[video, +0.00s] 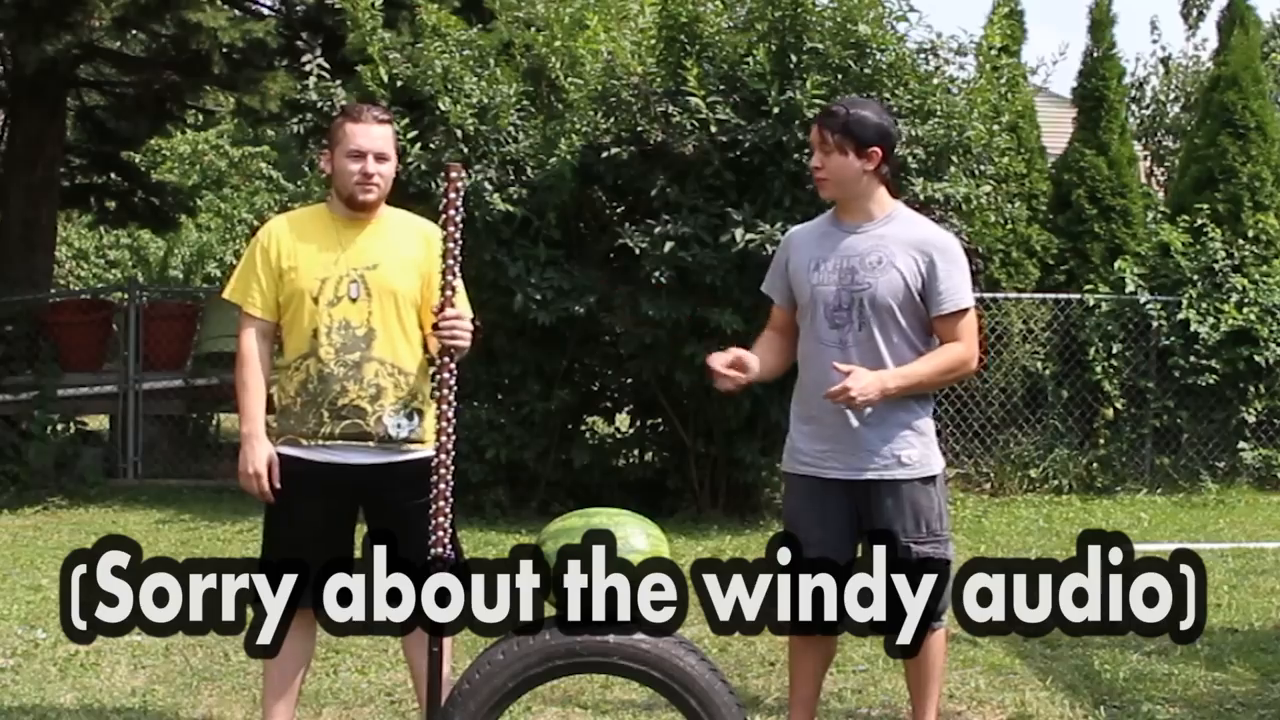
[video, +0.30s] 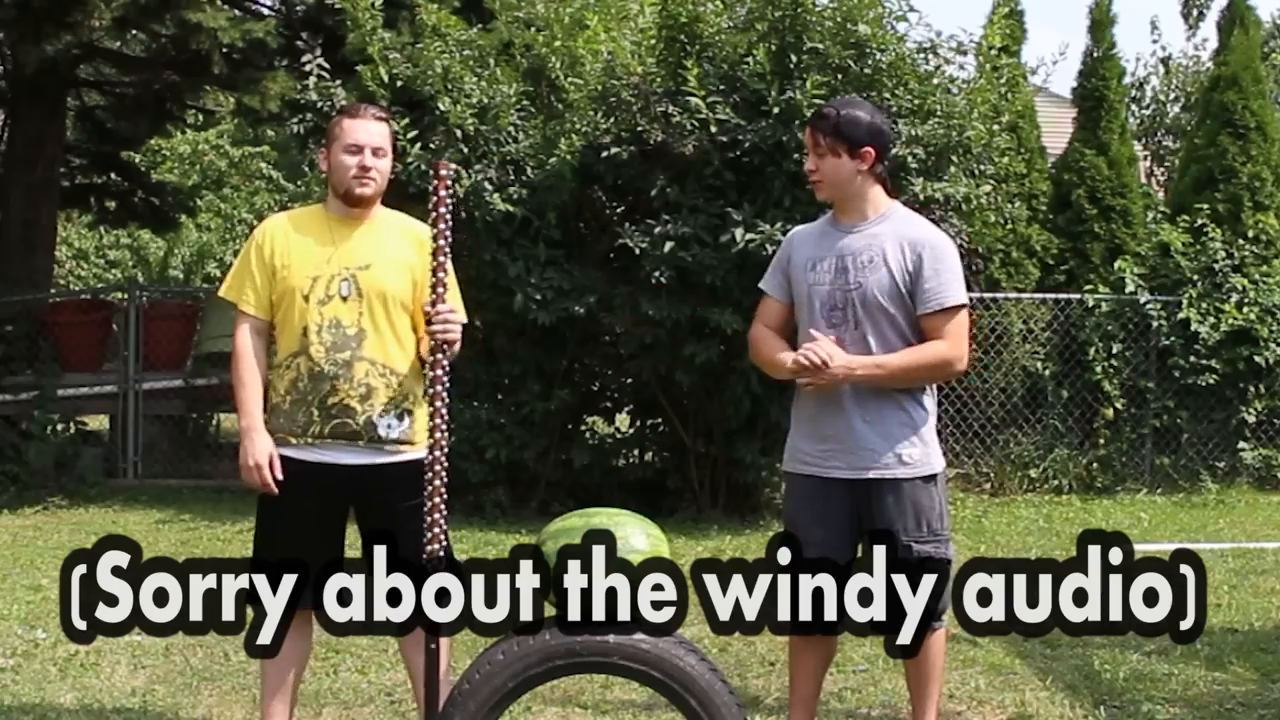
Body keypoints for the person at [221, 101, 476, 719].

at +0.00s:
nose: (369, 168)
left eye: (381, 157)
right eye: (356, 155)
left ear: (396, 166)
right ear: (328, 161)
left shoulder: (424, 239)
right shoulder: (282, 237)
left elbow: (446, 330)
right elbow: (254, 337)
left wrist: (457, 334)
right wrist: (253, 434)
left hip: (406, 458)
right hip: (307, 456)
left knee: (426, 603)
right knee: (293, 601)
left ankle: (438, 714)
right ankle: (277, 715)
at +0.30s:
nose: (366, 162)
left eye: (378, 153)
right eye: (353, 150)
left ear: (392, 165)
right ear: (325, 159)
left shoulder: (418, 240)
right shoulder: (277, 235)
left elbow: (439, 335)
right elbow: (249, 334)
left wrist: (449, 334)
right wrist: (252, 428)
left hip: (399, 459)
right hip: (301, 456)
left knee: (421, 603)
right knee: (287, 602)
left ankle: (439, 714)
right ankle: (275, 715)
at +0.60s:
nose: (368, 159)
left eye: (378, 150)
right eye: (354, 147)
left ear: (389, 162)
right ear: (320, 156)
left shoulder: (415, 237)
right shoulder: (273, 234)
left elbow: (443, 347)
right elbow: (236, 330)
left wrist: (428, 304)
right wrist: (294, 365)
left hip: (398, 456)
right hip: (300, 455)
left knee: (428, 602)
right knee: (285, 603)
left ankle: (432, 718)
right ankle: (275, 716)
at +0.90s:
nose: (359, 153)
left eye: (368, 145)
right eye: (345, 143)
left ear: (380, 159)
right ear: (314, 157)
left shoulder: (413, 231)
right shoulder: (275, 235)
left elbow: (446, 328)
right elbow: (267, 337)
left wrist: (414, 270)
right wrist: (353, 340)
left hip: (406, 449)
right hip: (307, 450)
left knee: (425, 599)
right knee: (290, 598)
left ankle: (437, 716)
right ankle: (276, 716)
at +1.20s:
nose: (373, 172)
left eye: (382, 160)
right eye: (359, 159)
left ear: (391, 166)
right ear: (325, 162)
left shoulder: (413, 242)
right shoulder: (281, 230)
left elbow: (440, 331)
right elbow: (270, 299)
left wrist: (464, 396)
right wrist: (357, 258)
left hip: (404, 452)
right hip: (306, 453)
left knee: (428, 599)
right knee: (291, 601)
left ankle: (438, 716)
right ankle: (275, 716)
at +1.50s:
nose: (395, 176)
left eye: (405, 166)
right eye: (383, 161)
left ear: (414, 170)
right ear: (347, 159)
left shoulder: (423, 249)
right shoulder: (297, 219)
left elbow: (440, 334)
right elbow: (281, 296)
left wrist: (449, 391)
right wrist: (343, 222)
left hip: (404, 452)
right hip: (308, 450)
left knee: (427, 603)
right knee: (288, 601)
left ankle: (437, 715)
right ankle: (272, 715)